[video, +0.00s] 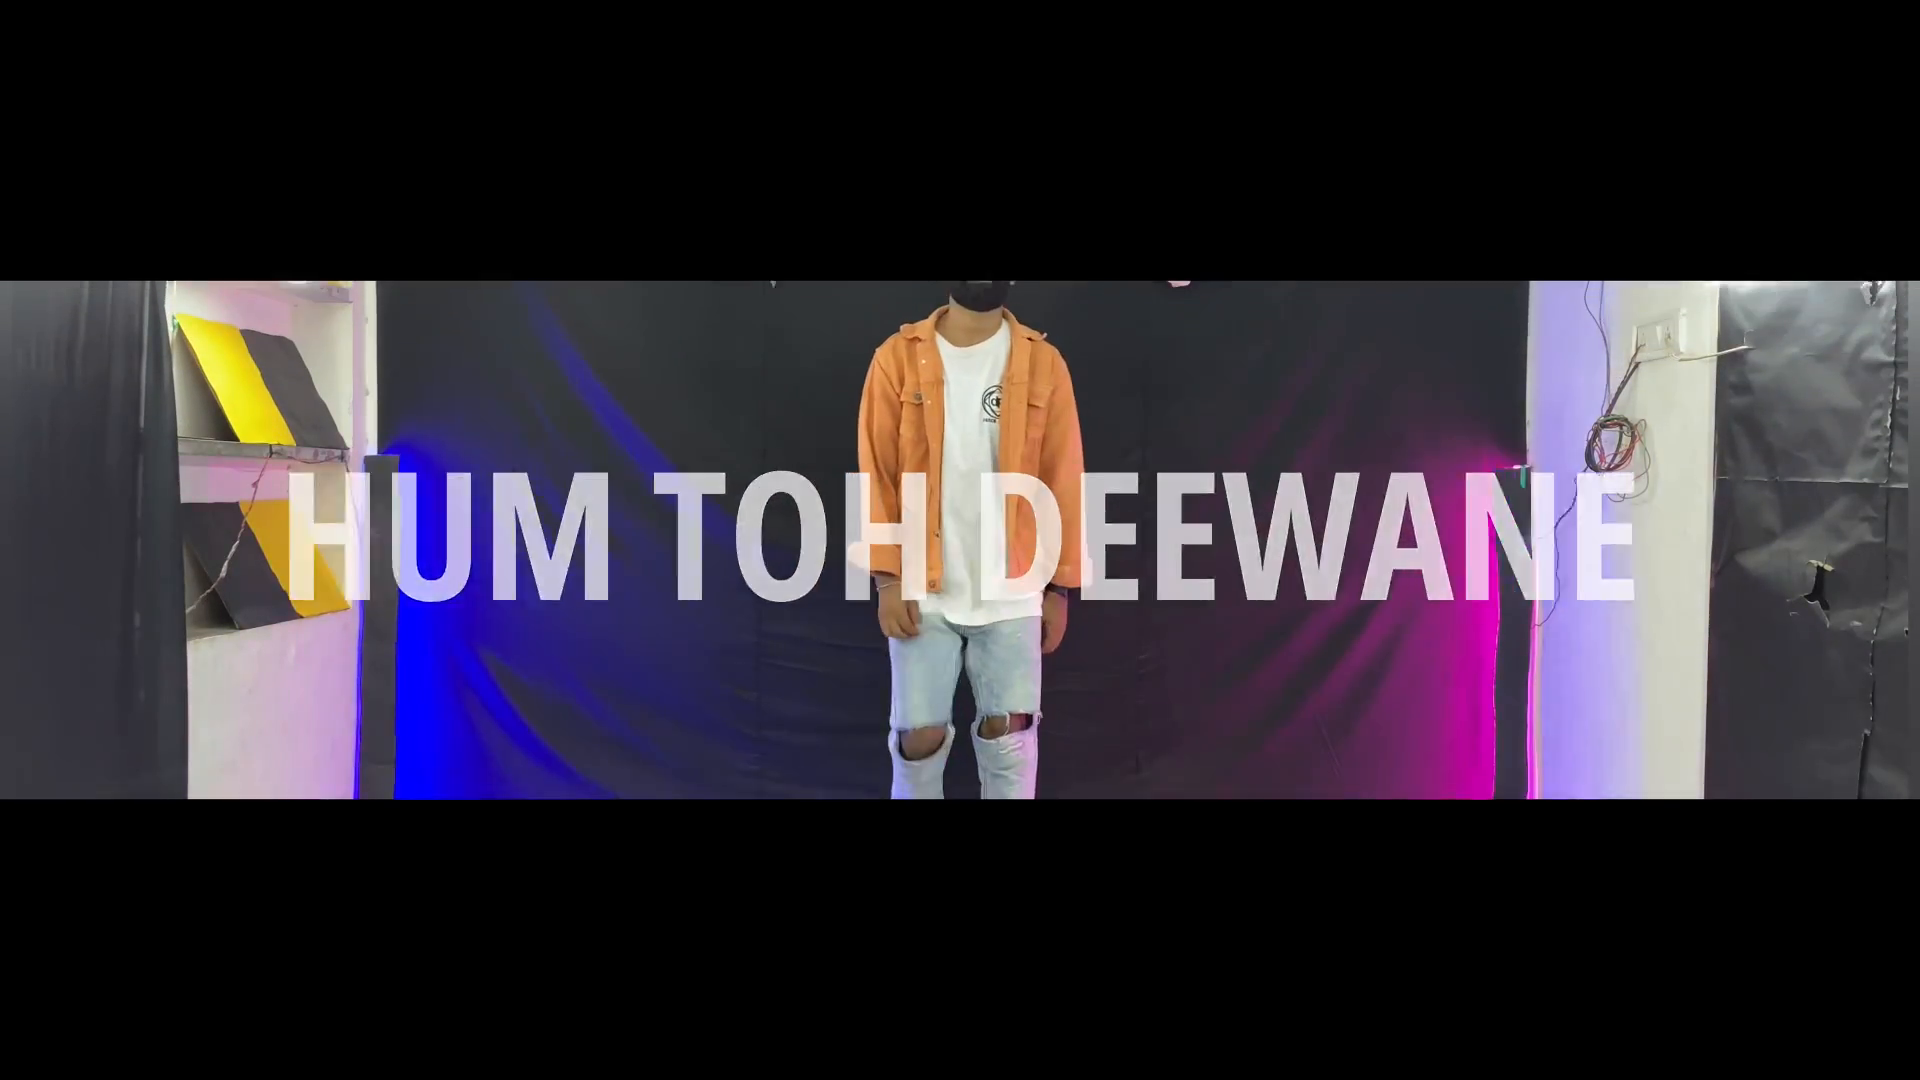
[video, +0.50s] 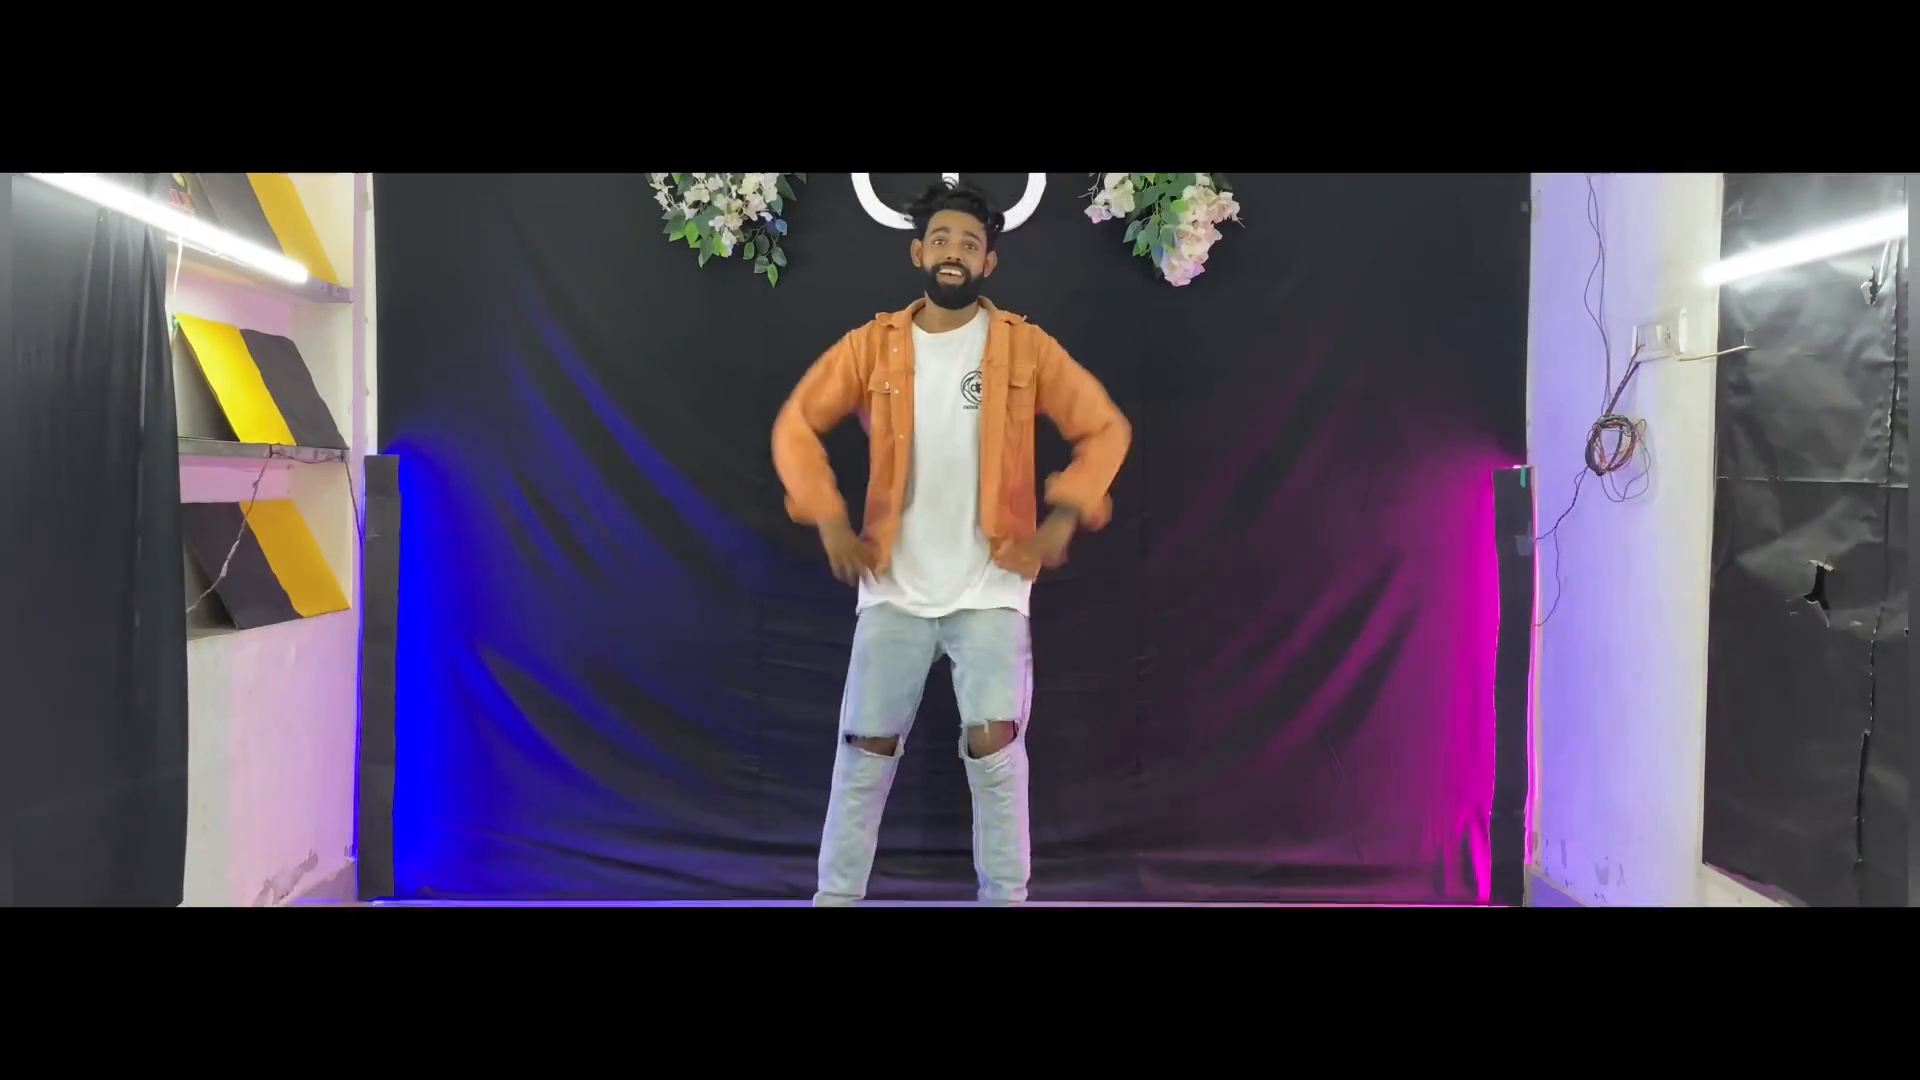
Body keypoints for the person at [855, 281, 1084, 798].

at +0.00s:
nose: (984, 282)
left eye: (994, 276)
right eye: (974, 276)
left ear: (1010, 282)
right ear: (952, 283)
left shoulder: (1043, 362)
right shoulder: (896, 358)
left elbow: (1065, 477)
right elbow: (876, 475)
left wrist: (1059, 586)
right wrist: (887, 577)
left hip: (1013, 592)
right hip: (921, 591)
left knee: (1009, 744)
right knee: (918, 744)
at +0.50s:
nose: (952, 253)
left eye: (969, 242)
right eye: (939, 239)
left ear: (989, 262)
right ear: (917, 252)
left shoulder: (1026, 346)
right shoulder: (873, 344)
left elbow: (1107, 429)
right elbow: (794, 425)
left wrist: (1063, 513)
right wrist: (830, 519)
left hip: (992, 583)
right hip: (894, 582)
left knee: (995, 752)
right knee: (866, 752)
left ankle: (1003, 903)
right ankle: (834, 900)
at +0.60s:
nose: (950, 262)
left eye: (966, 250)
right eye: (937, 248)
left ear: (990, 266)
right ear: (916, 260)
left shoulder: (1030, 347)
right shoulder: (875, 345)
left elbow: (1103, 409)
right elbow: (806, 407)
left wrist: (1144, 435)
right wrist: (777, 453)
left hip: (979, 588)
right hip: (885, 584)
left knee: (976, 742)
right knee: (862, 747)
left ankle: (1026, 906)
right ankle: (833, 912)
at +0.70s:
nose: (959, 281)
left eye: (975, 267)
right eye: (946, 266)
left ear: (999, 277)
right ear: (924, 274)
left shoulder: (1033, 350)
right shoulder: (897, 354)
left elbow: (1085, 425)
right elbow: (871, 454)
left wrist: (1136, 362)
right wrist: (831, 399)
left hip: (971, 589)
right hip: (882, 580)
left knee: (950, 763)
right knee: (855, 751)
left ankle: (1042, 910)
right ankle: (829, 916)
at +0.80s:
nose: (963, 288)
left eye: (977, 273)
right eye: (954, 276)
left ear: (1014, 276)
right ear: (942, 285)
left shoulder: (1050, 347)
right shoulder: (926, 351)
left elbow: (1098, 373)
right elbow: (930, 430)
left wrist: (1042, 324)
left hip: (995, 583)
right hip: (910, 578)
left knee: (986, 757)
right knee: (867, 744)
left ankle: (1048, 913)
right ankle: (847, 912)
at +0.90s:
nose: (993, 291)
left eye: (1009, 278)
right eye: (981, 277)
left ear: (1034, 286)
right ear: (960, 284)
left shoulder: (1059, 347)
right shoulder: (941, 343)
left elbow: (1137, 311)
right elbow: (911, 401)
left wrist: (1057, 304)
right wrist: (986, 355)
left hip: (1029, 577)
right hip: (943, 570)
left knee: (1035, 734)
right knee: (876, 685)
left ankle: (1052, 912)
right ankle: (917, 871)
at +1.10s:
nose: (1018, 290)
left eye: (1030, 276)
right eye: (1002, 277)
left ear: (1046, 284)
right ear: (973, 286)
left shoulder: (1080, 327)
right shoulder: (932, 364)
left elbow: (1164, 294)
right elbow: (827, 373)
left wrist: (1141, 264)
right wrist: (889, 317)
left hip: (1088, 571)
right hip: (997, 579)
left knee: (1107, 728)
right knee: (971, 720)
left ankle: (1085, 908)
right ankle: (1015, 899)